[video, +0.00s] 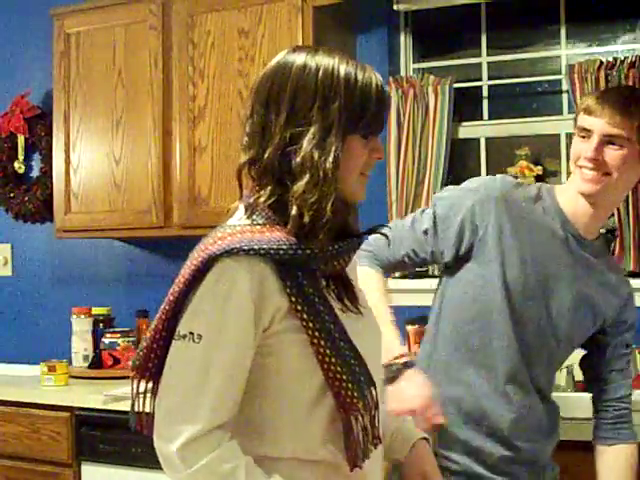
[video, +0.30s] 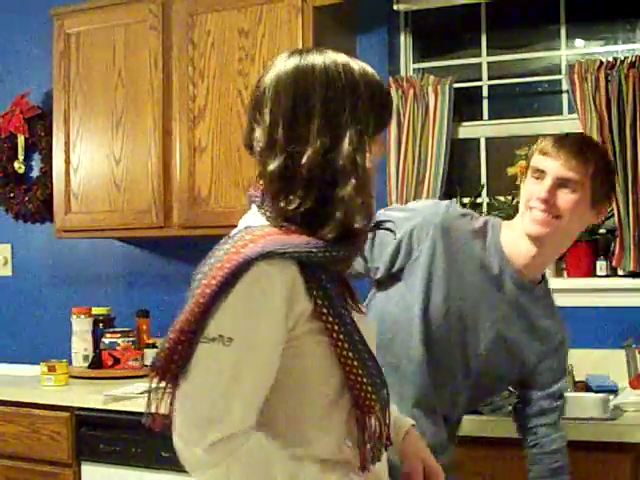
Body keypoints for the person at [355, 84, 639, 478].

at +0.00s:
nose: (591, 153)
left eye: (614, 143)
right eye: (584, 135)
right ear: (573, 139)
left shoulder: (614, 296)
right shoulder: (490, 203)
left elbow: (615, 428)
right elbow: (367, 255)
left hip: (527, 468)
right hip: (436, 459)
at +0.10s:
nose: (576, 159)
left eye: (599, 149)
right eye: (569, 142)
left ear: (630, 173)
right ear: (557, 149)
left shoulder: (594, 303)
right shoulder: (470, 206)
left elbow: (600, 438)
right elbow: (344, 264)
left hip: (498, 466)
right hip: (407, 453)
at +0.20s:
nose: (558, 172)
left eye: (581, 163)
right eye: (551, 155)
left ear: (612, 187)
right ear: (537, 162)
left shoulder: (569, 316)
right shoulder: (446, 215)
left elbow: (576, 451)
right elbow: (331, 267)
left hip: (465, 469)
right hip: (380, 452)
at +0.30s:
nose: (543, 195)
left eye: (566, 187)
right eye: (537, 176)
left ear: (597, 212)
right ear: (523, 181)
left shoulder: (544, 341)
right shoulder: (433, 227)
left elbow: (548, 457)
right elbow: (318, 259)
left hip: (420, 466)